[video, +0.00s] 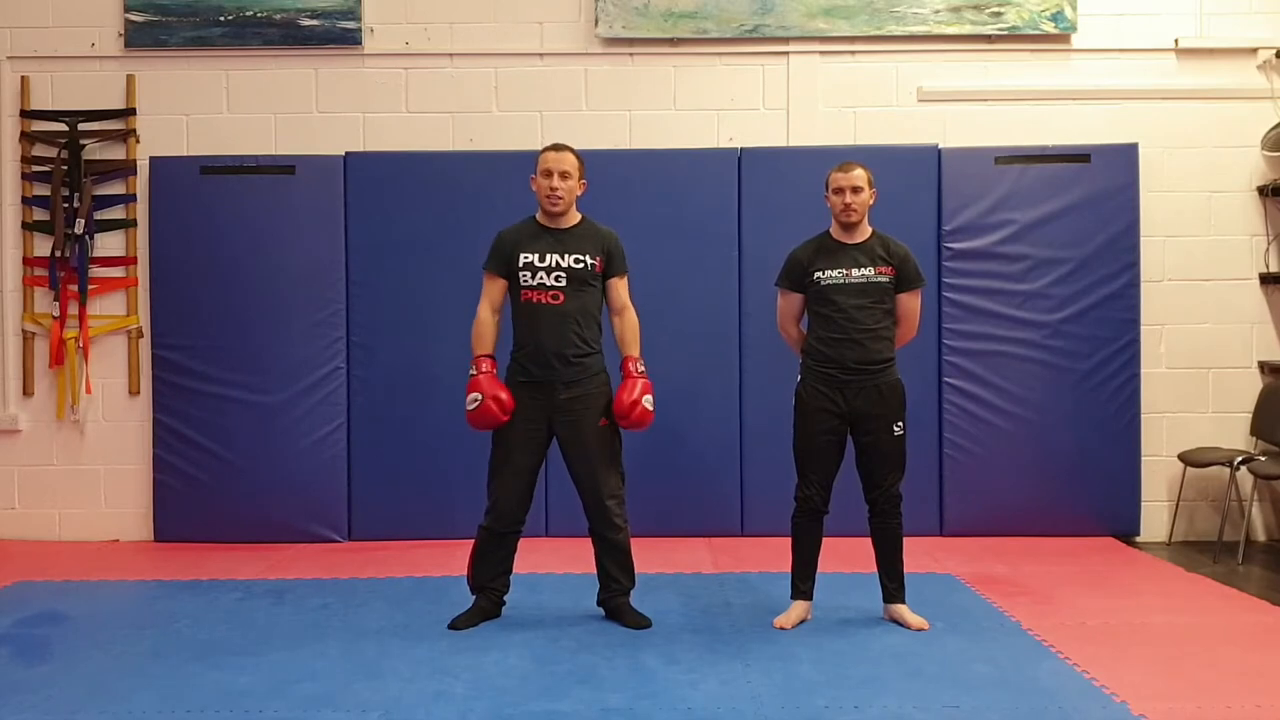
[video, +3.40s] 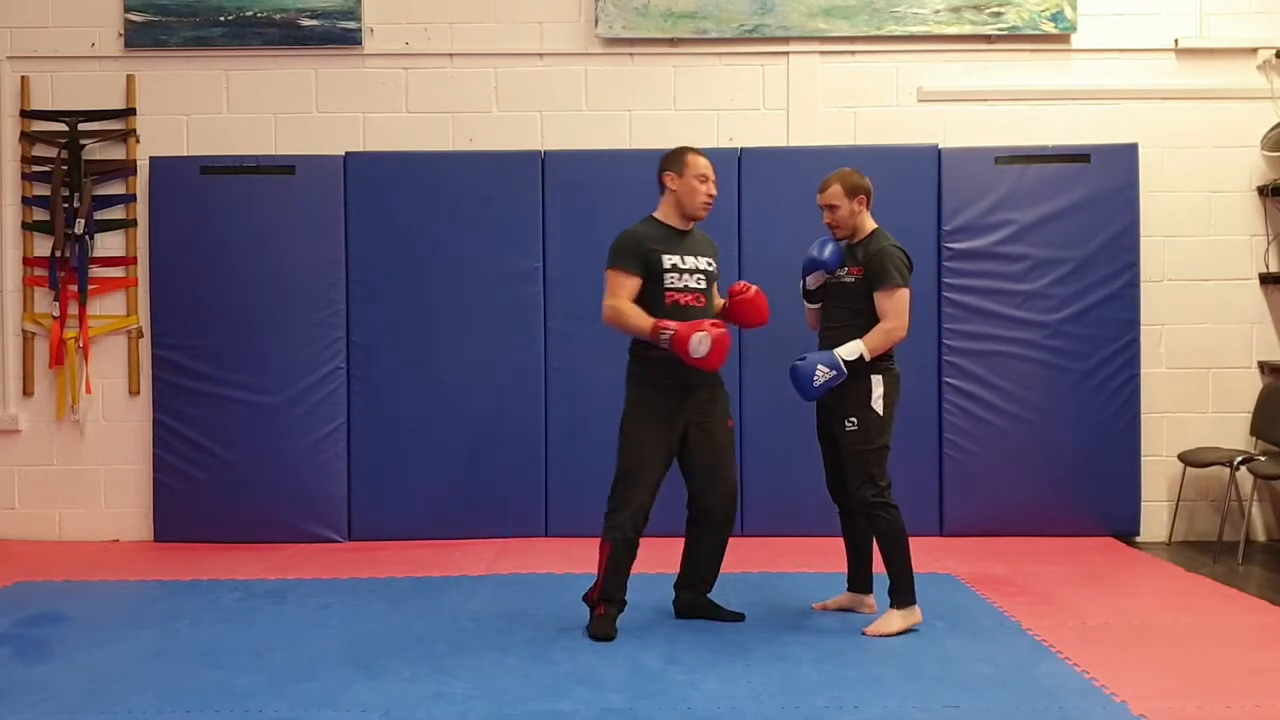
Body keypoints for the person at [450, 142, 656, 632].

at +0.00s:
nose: (554, 184)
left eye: (565, 176)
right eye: (547, 175)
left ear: (580, 185)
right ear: (534, 181)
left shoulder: (603, 241)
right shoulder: (512, 240)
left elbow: (622, 310)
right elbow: (489, 309)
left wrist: (634, 372)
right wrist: (483, 370)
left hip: (586, 388)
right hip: (524, 388)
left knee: (606, 499)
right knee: (505, 500)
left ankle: (616, 598)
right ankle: (488, 597)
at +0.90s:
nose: (548, 189)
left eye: (558, 180)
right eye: (540, 180)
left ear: (577, 185)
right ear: (530, 185)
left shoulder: (604, 243)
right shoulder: (511, 242)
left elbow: (621, 311)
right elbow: (482, 310)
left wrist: (633, 373)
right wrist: (511, 298)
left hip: (587, 390)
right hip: (526, 390)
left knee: (607, 500)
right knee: (504, 500)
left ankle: (616, 598)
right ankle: (488, 598)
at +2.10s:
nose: (612, 188)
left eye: (612, 180)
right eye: (602, 179)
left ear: (594, 186)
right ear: (569, 184)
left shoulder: (602, 246)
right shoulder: (530, 238)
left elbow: (606, 310)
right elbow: (501, 304)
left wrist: (637, 347)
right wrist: (562, 319)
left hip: (594, 390)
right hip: (540, 392)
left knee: (608, 497)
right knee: (514, 498)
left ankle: (614, 595)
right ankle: (489, 596)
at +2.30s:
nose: (649, 192)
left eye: (650, 184)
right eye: (640, 183)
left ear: (627, 189)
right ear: (609, 185)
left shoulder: (633, 250)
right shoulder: (565, 231)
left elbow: (651, 312)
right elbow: (530, 291)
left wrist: (701, 314)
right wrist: (586, 318)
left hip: (614, 388)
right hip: (560, 386)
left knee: (619, 496)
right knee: (529, 494)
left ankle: (615, 594)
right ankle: (491, 590)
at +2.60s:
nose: (671, 191)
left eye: (674, 183)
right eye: (662, 180)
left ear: (671, 189)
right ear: (632, 181)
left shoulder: (663, 251)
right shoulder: (589, 227)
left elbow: (674, 315)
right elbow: (547, 286)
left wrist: (719, 314)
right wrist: (595, 319)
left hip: (633, 380)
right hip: (582, 375)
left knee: (631, 489)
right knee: (579, 485)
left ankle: (616, 593)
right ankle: (567, 598)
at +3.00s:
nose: (640, 188)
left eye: (647, 178)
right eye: (629, 179)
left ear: (655, 182)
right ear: (608, 183)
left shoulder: (665, 242)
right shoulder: (584, 240)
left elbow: (666, 294)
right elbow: (556, 307)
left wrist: (686, 322)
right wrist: (606, 336)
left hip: (664, 385)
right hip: (608, 389)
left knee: (703, 480)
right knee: (601, 500)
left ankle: (674, 573)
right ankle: (602, 607)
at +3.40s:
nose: (712, 190)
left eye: (713, 181)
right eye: (702, 180)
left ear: (706, 188)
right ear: (671, 183)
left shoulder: (705, 246)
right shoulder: (636, 241)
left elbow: (711, 306)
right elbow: (614, 310)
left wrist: (735, 309)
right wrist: (674, 332)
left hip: (705, 390)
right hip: (654, 390)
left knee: (717, 495)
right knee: (632, 498)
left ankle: (693, 595)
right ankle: (607, 605)